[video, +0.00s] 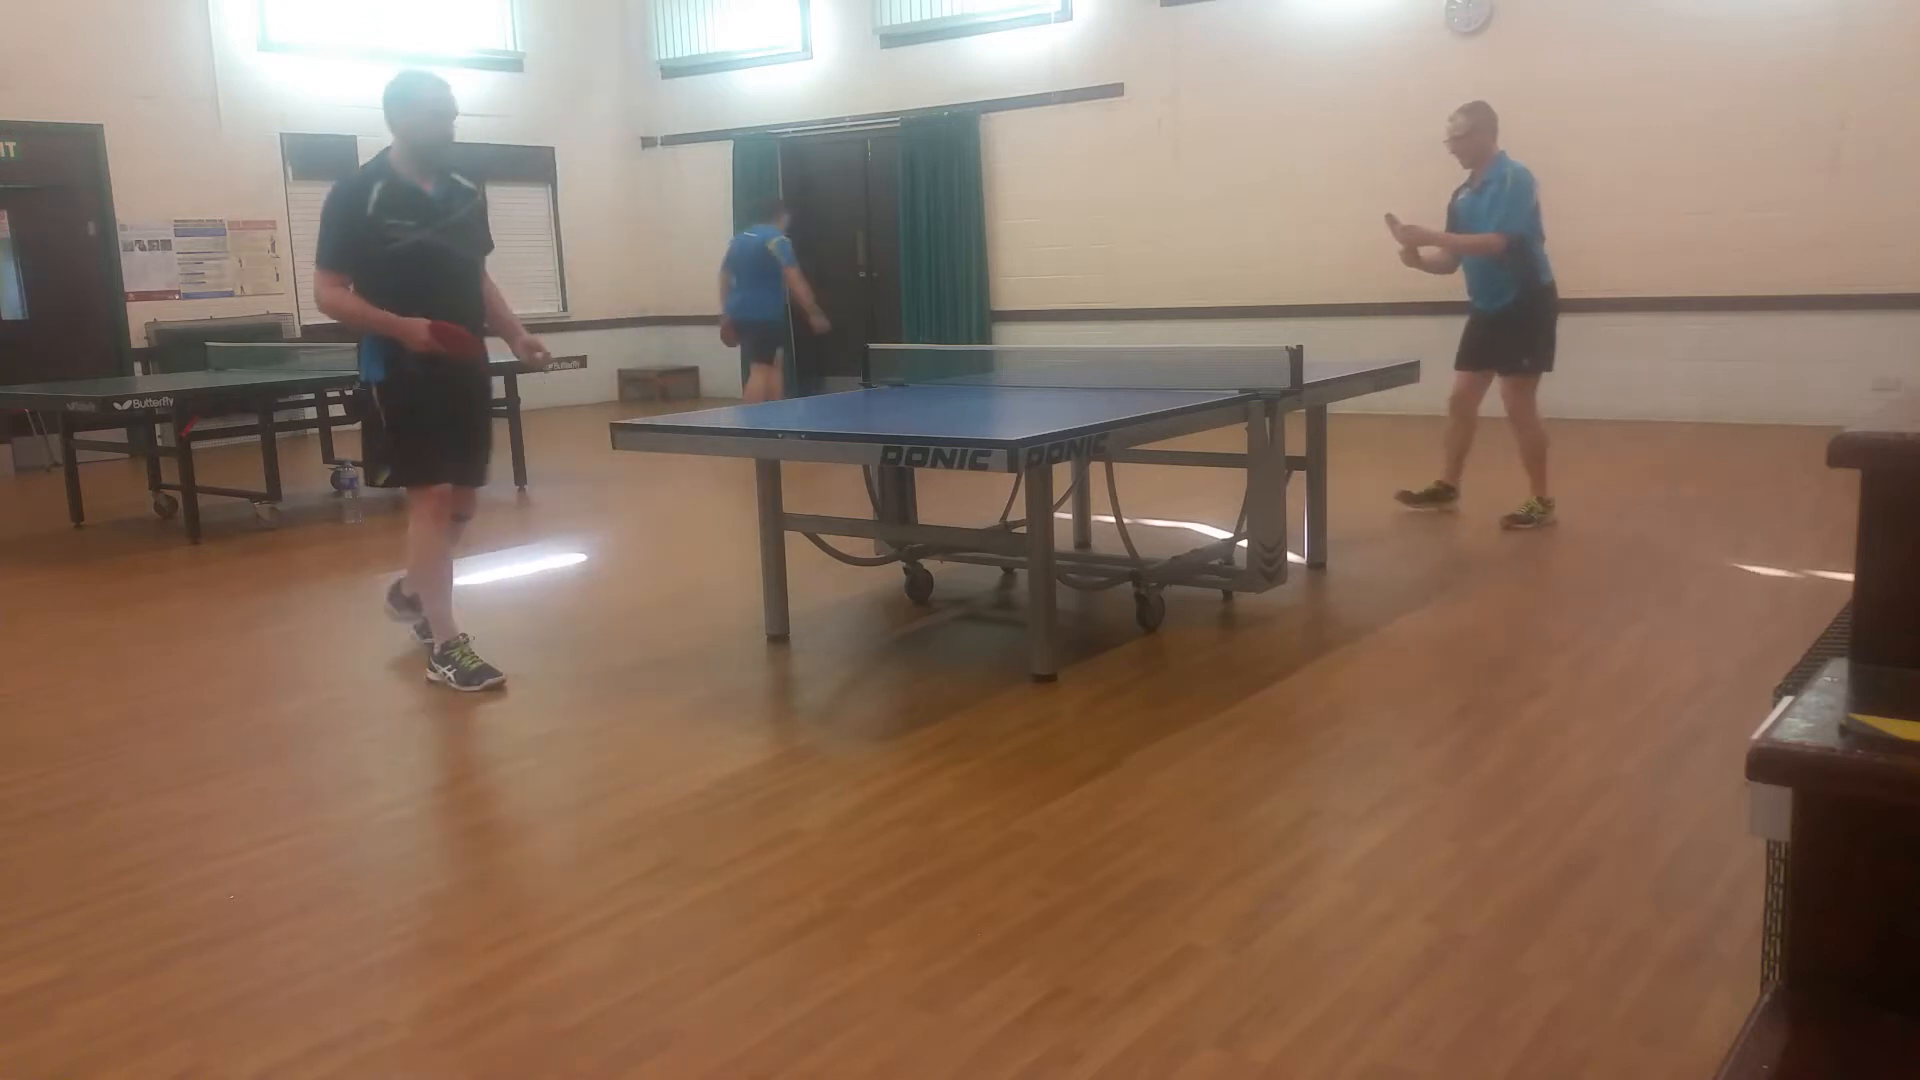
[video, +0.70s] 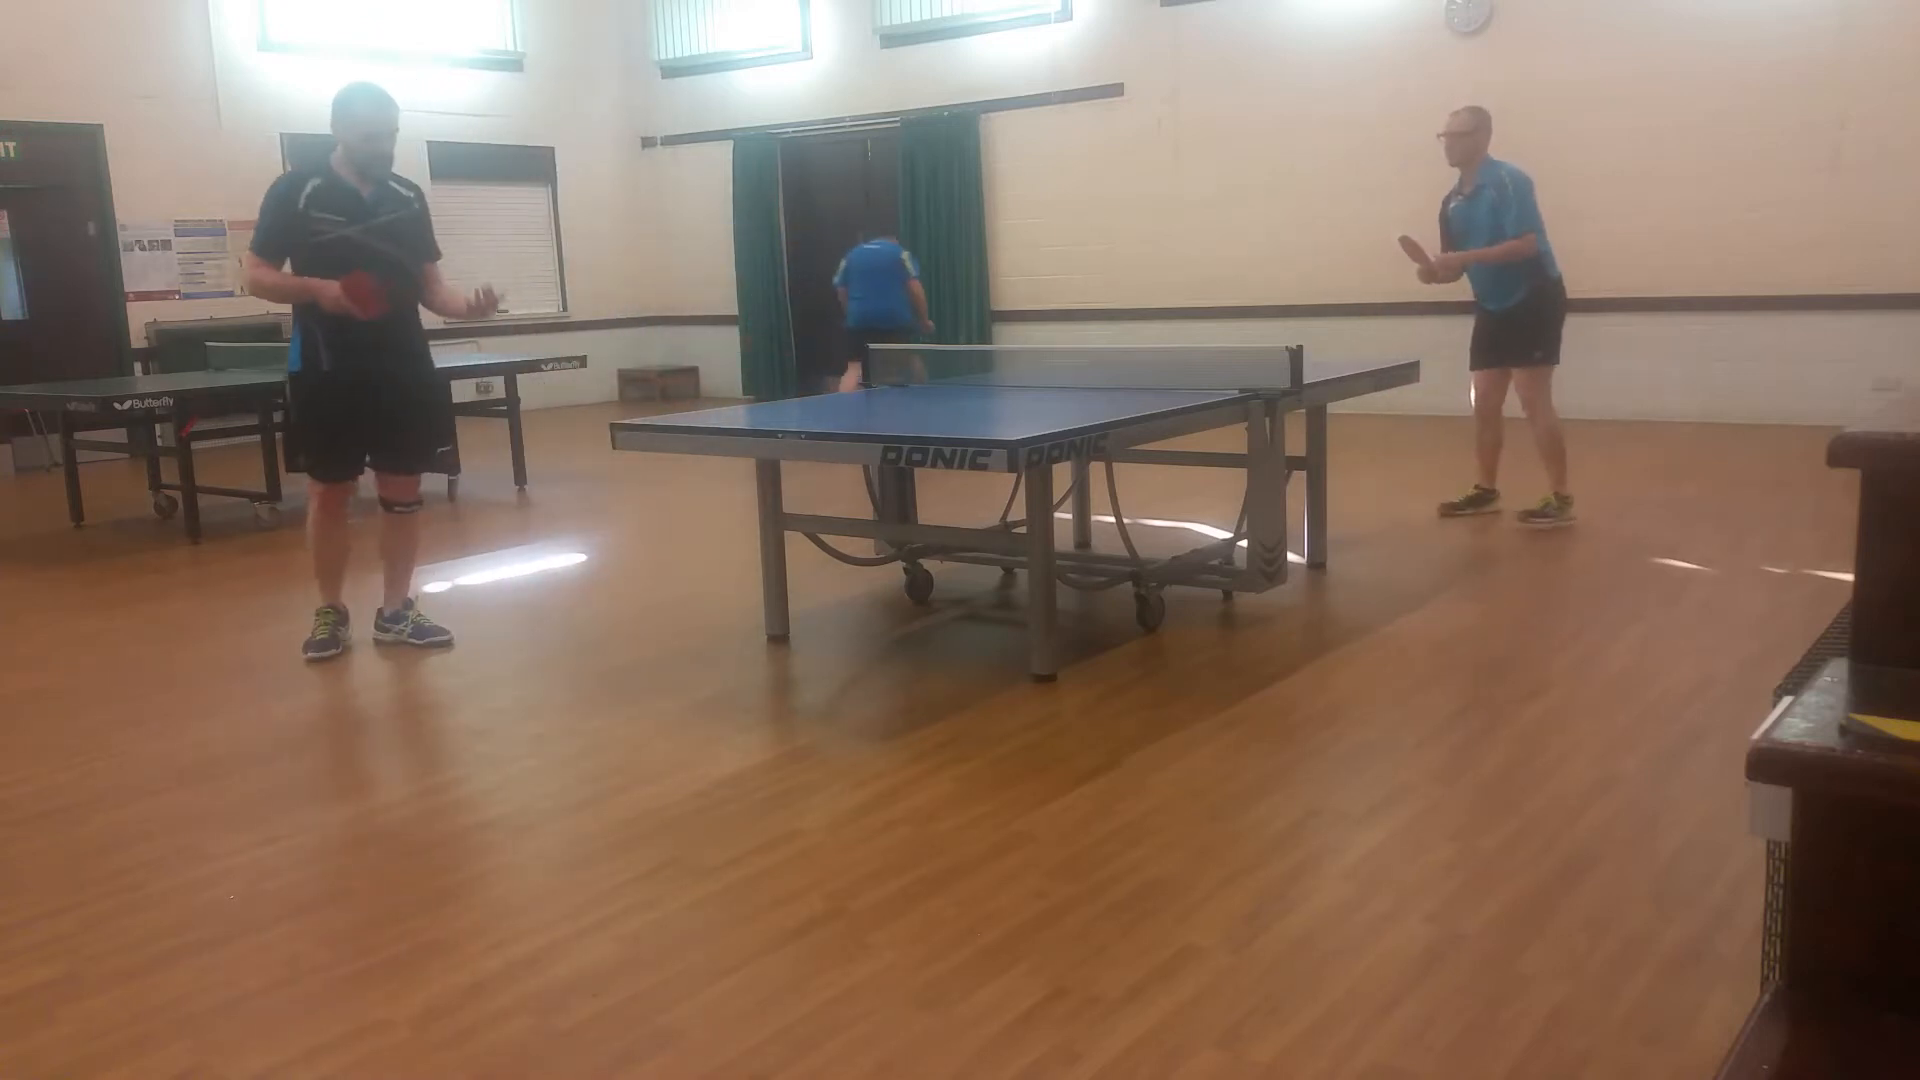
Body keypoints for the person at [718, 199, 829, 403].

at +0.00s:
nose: (787, 223)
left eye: (788, 218)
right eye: (786, 218)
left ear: (762, 215)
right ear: (779, 216)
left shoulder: (739, 239)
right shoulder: (778, 241)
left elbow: (724, 277)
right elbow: (795, 280)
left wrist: (725, 313)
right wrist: (814, 313)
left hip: (742, 314)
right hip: (766, 315)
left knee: (774, 367)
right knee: (759, 371)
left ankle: (777, 420)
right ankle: (748, 426)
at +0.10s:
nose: (805, 235)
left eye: (806, 231)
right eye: (805, 230)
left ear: (783, 225)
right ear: (799, 227)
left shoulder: (758, 246)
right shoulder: (796, 247)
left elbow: (740, 283)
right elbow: (824, 280)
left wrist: (737, 317)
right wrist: (854, 306)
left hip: (756, 318)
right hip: (780, 320)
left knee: (796, 363)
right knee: (768, 371)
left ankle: (814, 413)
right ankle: (751, 422)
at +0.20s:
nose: (825, 238)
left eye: (825, 235)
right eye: (824, 234)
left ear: (794, 231)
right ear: (817, 232)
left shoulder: (777, 251)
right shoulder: (815, 249)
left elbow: (759, 284)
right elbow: (844, 281)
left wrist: (754, 317)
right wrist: (876, 297)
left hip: (776, 324)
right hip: (801, 325)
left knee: (818, 363)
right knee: (787, 371)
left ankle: (829, 415)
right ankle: (761, 418)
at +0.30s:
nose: (840, 238)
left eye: (839, 235)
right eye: (839, 234)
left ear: (815, 230)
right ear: (835, 232)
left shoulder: (793, 251)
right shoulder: (833, 247)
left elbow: (778, 287)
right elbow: (855, 279)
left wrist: (774, 320)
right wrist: (882, 297)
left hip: (795, 321)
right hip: (822, 320)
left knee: (819, 370)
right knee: (829, 371)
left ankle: (832, 417)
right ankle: (790, 400)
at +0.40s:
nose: (853, 235)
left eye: (853, 232)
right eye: (852, 231)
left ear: (827, 228)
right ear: (847, 229)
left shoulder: (805, 249)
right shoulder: (848, 245)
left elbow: (793, 289)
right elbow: (868, 281)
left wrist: (793, 323)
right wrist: (886, 305)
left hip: (811, 317)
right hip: (840, 315)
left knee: (835, 362)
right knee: (856, 361)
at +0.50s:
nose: (866, 235)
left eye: (865, 232)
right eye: (865, 232)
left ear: (842, 228)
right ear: (862, 229)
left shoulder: (821, 247)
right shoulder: (864, 245)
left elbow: (809, 285)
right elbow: (879, 281)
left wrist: (815, 315)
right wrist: (894, 310)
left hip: (828, 315)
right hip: (859, 314)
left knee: (840, 364)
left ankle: (839, 409)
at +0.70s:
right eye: (898, 243)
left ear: (871, 240)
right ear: (894, 241)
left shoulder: (852, 255)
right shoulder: (901, 254)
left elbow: (841, 288)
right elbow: (915, 287)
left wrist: (849, 314)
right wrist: (924, 319)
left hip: (859, 320)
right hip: (895, 319)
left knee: (854, 367)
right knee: (911, 359)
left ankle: (841, 410)